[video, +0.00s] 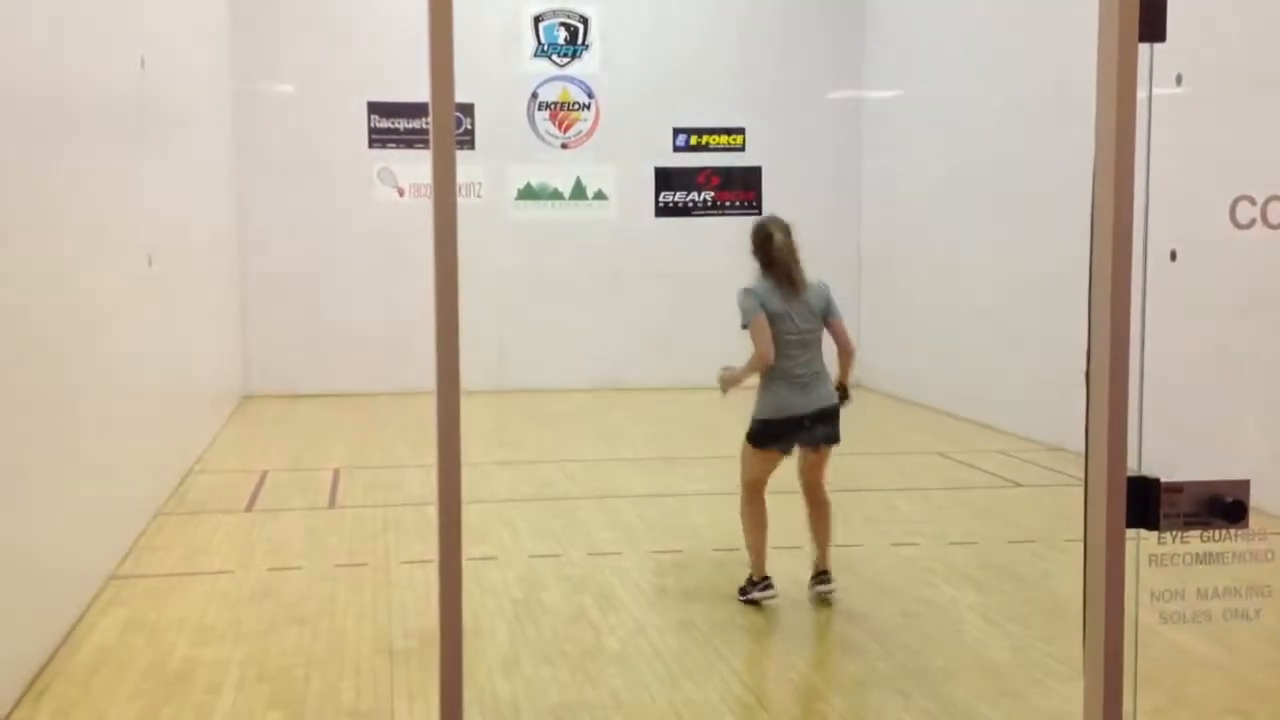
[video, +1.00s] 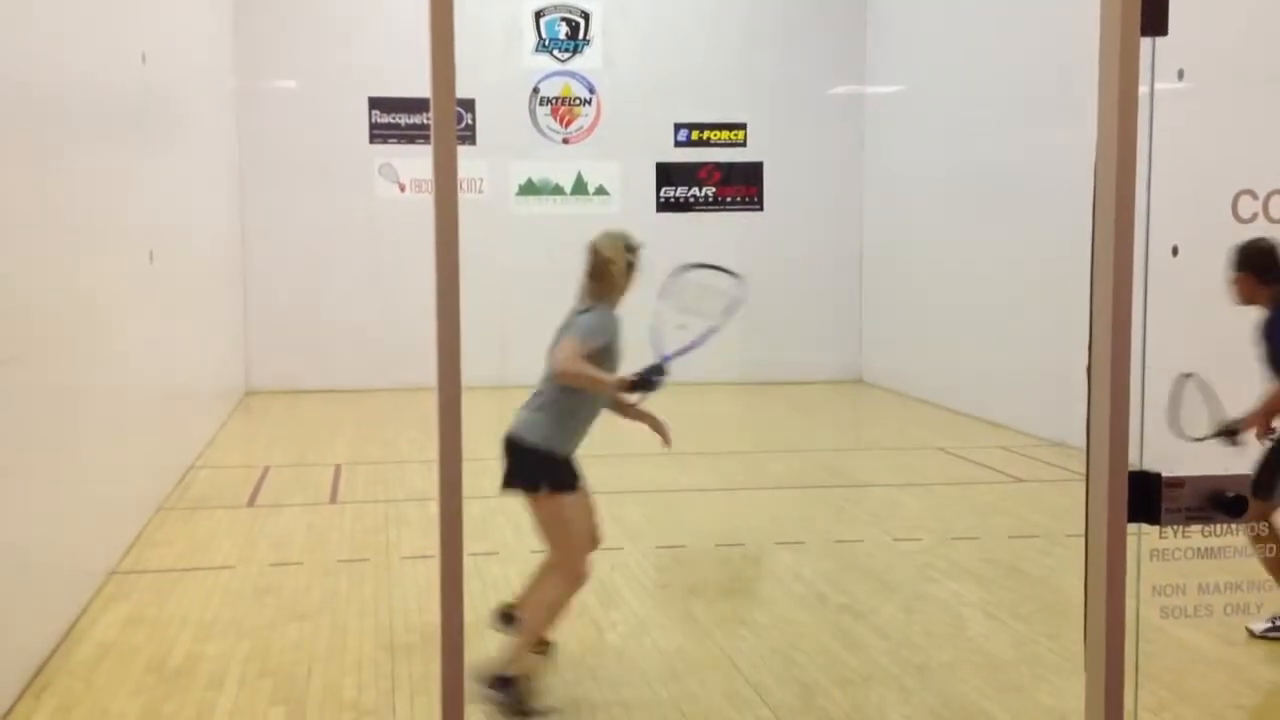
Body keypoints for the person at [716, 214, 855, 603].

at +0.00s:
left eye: (757, 247)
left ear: (757, 252)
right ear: (792, 247)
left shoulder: (753, 295)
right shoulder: (817, 290)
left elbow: (765, 356)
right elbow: (847, 347)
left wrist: (737, 376)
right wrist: (842, 384)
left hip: (778, 412)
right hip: (822, 406)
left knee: (752, 486)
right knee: (814, 484)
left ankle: (758, 577)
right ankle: (823, 571)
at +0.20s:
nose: (739, 267)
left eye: (740, 262)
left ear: (745, 267)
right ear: (782, 261)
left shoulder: (743, 319)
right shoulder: (809, 308)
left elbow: (746, 388)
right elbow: (832, 369)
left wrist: (715, 412)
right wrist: (819, 395)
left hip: (759, 436)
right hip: (807, 433)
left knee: (720, 506)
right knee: (805, 509)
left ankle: (719, 582)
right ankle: (830, 593)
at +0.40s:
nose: (747, 259)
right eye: (745, 252)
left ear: (706, 261)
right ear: (744, 259)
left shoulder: (683, 313)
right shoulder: (760, 310)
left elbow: (669, 381)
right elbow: (778, 365)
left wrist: (698, 405)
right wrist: (823, 376)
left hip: (702, 443)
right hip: (755, 439)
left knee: (711, 540)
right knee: (784, 524)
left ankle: (708, 631)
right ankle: (808, 599)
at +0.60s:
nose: (722, 251)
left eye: (718, 242)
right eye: (719, 243)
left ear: (676, 249)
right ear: (711, 249)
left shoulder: (651, 300)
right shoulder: (711, 297)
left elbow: (635, 369)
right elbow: (713, 346)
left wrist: (671, 388)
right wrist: (776, 351)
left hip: (647, 434)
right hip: (686, 436)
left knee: (692, 535)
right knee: (711, 537)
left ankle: (701, 631)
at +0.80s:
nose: (682, 283)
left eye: (679, 274)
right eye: (681, 275)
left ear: (639, 278)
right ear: (676, 279)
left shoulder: (620, 327)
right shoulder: (659, 324)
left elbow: (613, 402)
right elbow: (645, 378)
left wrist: (661, 452)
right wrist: (706, 390)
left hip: (587, 452)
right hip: (607, 459)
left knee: (656, 523)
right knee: (648, 569)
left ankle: (649, 627)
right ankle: (605, 685)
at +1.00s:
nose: (633, 276)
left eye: (632, 268)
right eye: (632, 268)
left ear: (595, 268)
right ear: (624, 272)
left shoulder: (599, 320)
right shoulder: (595, 318)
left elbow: (591, 388)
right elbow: (563, 364)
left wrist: (641, 416)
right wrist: (618, 385)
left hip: (548, 446)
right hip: (537, 448)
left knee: (584, 540)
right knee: (570, 563)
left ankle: (522, 613)